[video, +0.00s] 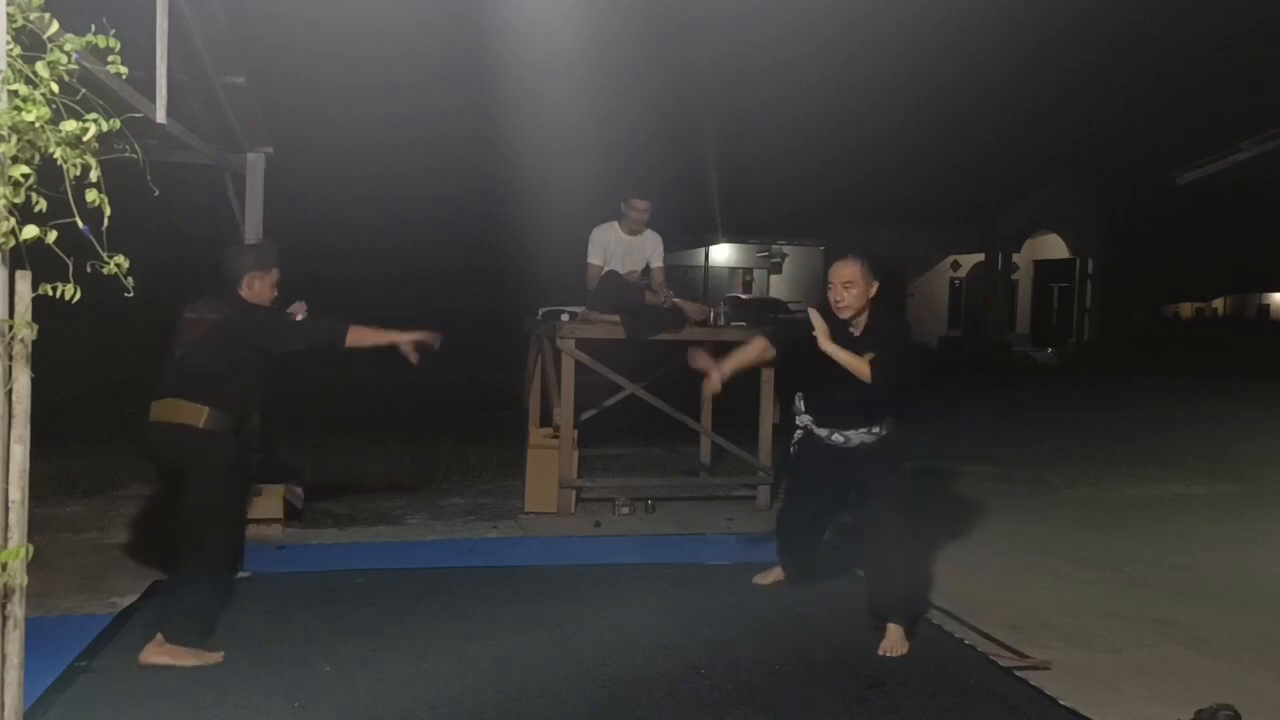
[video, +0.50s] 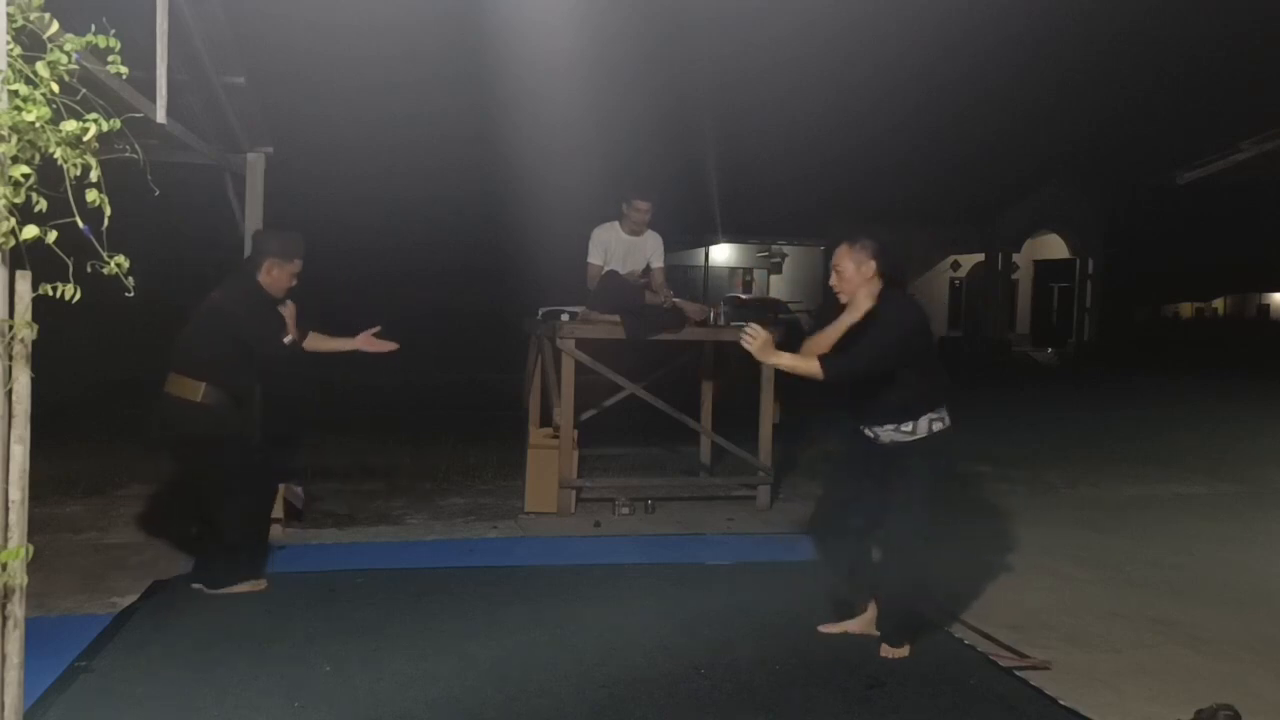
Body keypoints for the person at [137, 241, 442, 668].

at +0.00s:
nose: (275, 290)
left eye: (274, 281)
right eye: (271, 281)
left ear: (237, 282)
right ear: (250, 282)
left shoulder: (201, 312)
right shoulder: (250, 320)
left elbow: (239, 340)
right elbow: (323, 332)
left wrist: (280, 320)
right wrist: (396, 337)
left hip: (166, 432)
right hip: (201, 439)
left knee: (202, 523)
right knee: (218, 538)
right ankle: (175, 640)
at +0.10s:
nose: (276, 286)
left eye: (276, 277)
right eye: (273, 277)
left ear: (240, 277)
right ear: (252, 277)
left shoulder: (206, 307)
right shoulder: (244, 315)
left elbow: (254, 330)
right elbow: (310, 340)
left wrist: (298, 315)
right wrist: (366, 369)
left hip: (170, 421)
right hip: (199, 428)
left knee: (200, 515)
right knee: (217, 525)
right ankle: (177, 627)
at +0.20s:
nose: (279, 284)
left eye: (280, 276)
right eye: (277, 275)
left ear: (249, 272)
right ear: (255, 270)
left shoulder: (213, 298)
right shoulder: (239, 307)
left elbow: (280, 329)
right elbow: (286, 337)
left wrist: (337, 317)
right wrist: (339, 319)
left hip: (169, 413)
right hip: (198, 420)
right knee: (238, 503)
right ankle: (201, 603)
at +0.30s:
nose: (284, 284)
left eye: (285, 276)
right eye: (281, 275)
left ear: (257, 271)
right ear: (258, 269)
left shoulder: (229, 295)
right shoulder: (244, 304)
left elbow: (295, 333)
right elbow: (289, 347)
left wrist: (349, 328)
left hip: (169, 407)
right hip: (195, 414)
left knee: (214, 487)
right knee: (224, 490)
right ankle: (214, 582)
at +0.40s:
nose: (288, 283)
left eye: (289, 275)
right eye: (286, 274)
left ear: (262, 269)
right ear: (264, 268)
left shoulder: (235, 294)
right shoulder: (244, 302)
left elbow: (296, 335)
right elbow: (275, 354)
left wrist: (353, 336)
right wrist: (287, 333)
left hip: (174, 407)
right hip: (196, 413)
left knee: (218, 483)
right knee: (237, 485)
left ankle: (212, 568)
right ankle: (226, 574)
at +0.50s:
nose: (295, 283)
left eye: (297, 275)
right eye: (292, 274)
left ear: (269, 269)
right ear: (269, 268)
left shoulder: (248, 295)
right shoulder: (245, 300)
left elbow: (299, 339)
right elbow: (274, 350)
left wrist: (354, 343)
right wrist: (287, 328)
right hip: (201, 411)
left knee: (226, 482)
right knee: (238, 484)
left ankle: (216, 567)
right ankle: (223, 574)